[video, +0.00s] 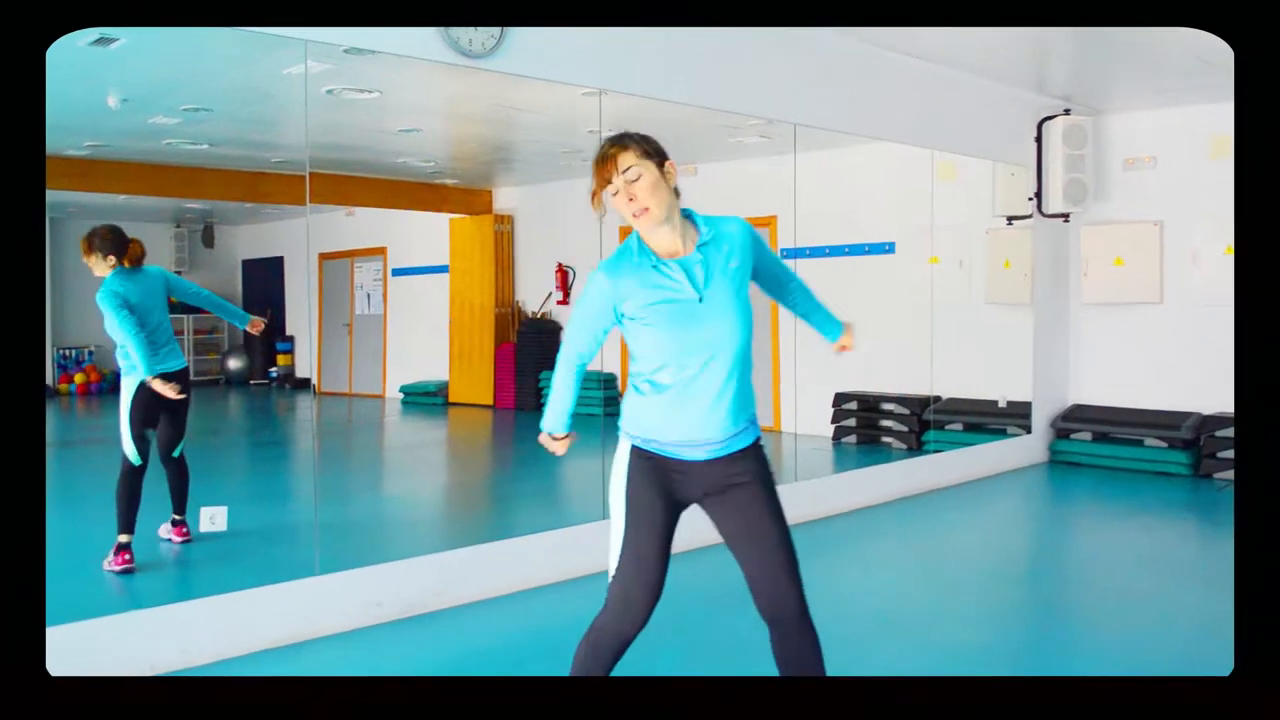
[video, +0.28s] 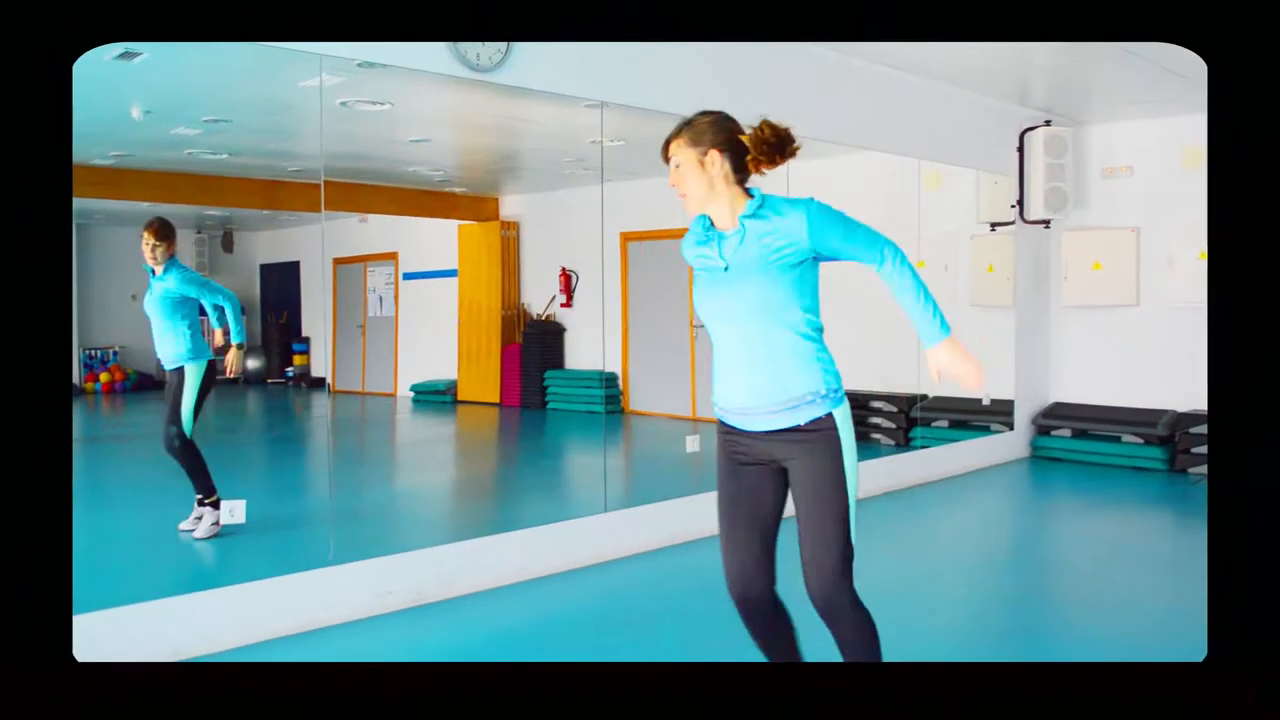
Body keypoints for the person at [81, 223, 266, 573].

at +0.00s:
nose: (88, 266)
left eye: (89, 260)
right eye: (87, 260)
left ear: (106, 258)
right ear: (120, 255)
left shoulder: (108, 292)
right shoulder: (156, 275)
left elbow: (130, 332)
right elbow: (202, 296)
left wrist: (150, 376)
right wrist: (244, 319)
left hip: (141, 380)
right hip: (177, 372)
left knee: (133, 460)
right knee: (171, 451)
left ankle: (123, 547)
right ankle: (179, 523)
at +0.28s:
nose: (151, 250)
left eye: (158, 245)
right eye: (147, 244)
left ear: (171, 247)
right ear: (141, 246)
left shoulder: (180, 277)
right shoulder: (157, 276)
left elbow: (229, 299)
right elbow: (205, 297)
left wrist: (238, 345)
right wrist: (217, 328)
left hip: (194, 364)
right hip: (176, 366)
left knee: (177, 439)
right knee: (174, 439)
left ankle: (212, 506)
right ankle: (204, 503)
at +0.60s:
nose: (205, 261)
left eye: (209, 255)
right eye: (200, 256)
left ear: (223, 250)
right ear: (195, 253)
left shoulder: (240, 279)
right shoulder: (189, 273)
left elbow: (242, 323)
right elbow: (152, 299)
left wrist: (214, 312)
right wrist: (149, 295)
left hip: (237, 358)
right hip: (205, 359)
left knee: (235, 423)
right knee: (213, 425)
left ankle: (245, 493)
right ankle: (221, 490)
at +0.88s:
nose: (231, 278)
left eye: (235, 273)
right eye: (227, 273)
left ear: (246, 269)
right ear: (223, 273)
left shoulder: (263, 289)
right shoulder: (222, 290)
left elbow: (262, 281)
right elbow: (198, 276)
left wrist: (241, 261)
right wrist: (193, 257)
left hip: (267, 367)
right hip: (238, 369)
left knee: (269, 427)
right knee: (250, 429)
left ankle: (279, 486)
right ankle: (262, 483)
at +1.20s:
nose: (243, 285)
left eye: (247, 279)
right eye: (239, 281)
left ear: (261, 276)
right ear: (237, 282)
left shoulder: (287, 303)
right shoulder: (236, 307)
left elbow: (305, 336)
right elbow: (219, 342)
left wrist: (316, 370)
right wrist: (206, 379)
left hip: (288, 376)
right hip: (254, 377)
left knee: (294, 425)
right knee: (243, 428)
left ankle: (300, 478)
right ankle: (241, 493)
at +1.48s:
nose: (231, 279)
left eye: (235, 273)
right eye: (228, 274)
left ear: (252, 272)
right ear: (229, 277)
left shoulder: (277, 301)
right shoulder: (230, 304)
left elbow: (305, 324)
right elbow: (240, 335)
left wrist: (325, 345)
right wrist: (248, 361)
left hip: (275, 380)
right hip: (245, 381)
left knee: (279, 440)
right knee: (242, 442)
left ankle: (307, 463)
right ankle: (250, 502)